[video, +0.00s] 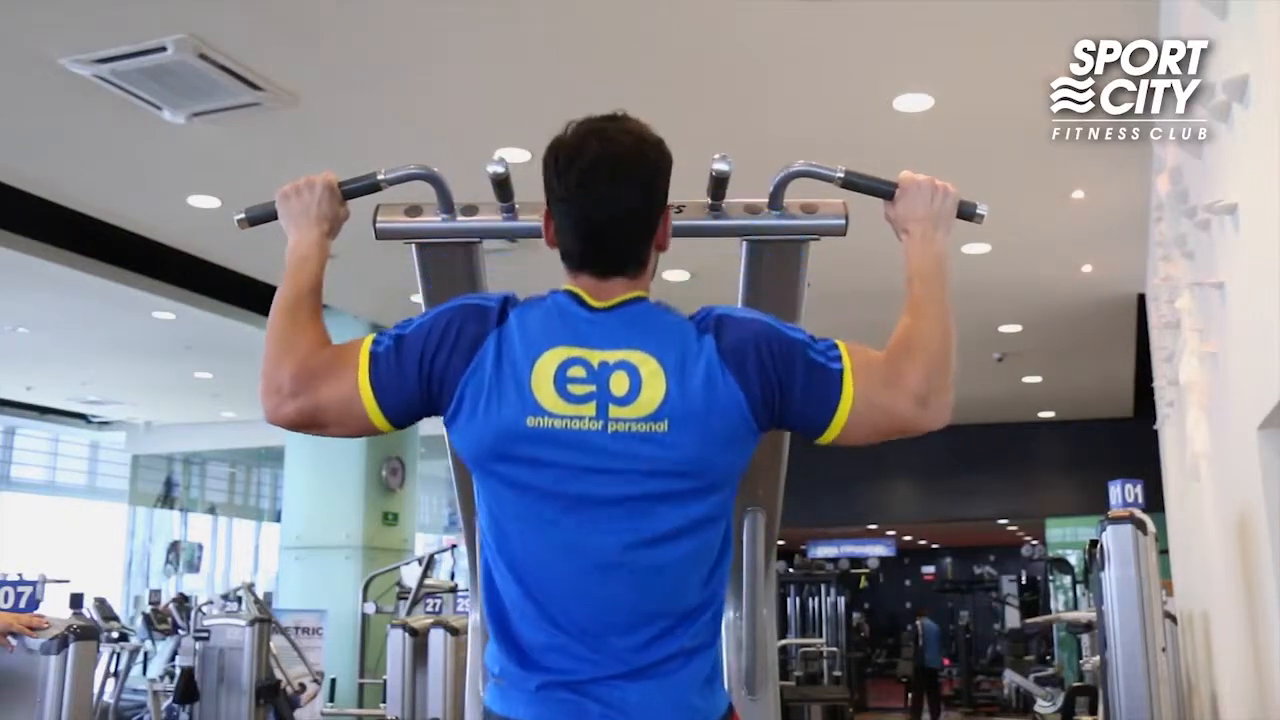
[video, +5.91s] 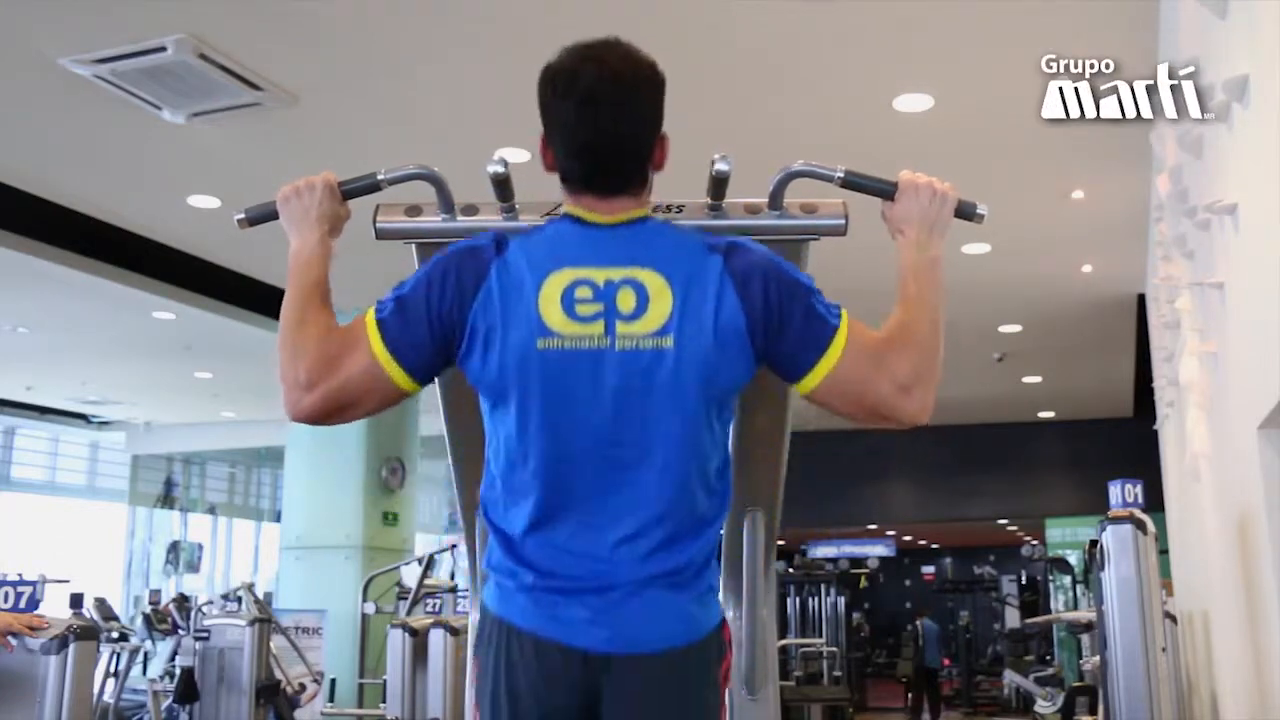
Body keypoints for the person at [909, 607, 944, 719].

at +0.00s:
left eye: (917, 616)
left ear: (917, 615)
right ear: (927, 615)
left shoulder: (917, 625)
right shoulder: (935, 626)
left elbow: (917, 644)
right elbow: (938, 645)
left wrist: (914, 659)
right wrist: (937, 660)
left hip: (921, 664)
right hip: (934, 664)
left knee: (918, 692)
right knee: (933, 692)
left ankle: (916, 715)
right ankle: (935, 715)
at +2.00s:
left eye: (917, 616)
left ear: (917, 615)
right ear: (927, 615)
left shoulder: (917, 625)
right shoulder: (935, 626)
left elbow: (917, 644)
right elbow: (938, 645)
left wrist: (914, 658)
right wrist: (938, 660)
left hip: (920, 663)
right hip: (934, 664)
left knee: (917, 692)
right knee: (933, 692)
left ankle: (916, 714)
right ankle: (935, 715)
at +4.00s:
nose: (916, 618)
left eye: (916, 616)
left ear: (917, 615)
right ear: (928, 614)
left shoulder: (917, 625)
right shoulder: (935, 627)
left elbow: (917, 644)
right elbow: (938, 645)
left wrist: (914, 659)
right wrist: (939, 659)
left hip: (921, 663)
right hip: (934, 664)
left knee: (918, 692)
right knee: (933, 691)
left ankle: (916, 715)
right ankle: (935, 715)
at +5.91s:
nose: (916, 618)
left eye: (916, 616)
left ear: (917, 615)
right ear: (928, 614)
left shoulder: (917, 625)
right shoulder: (935, 627)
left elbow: (917, 644)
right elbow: (938, 645)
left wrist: (914, 659)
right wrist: (939, 659)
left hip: (921, 664)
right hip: (934, 664)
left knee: (918, 692)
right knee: (933, 691)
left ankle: (916, 715)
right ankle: (935, 715)